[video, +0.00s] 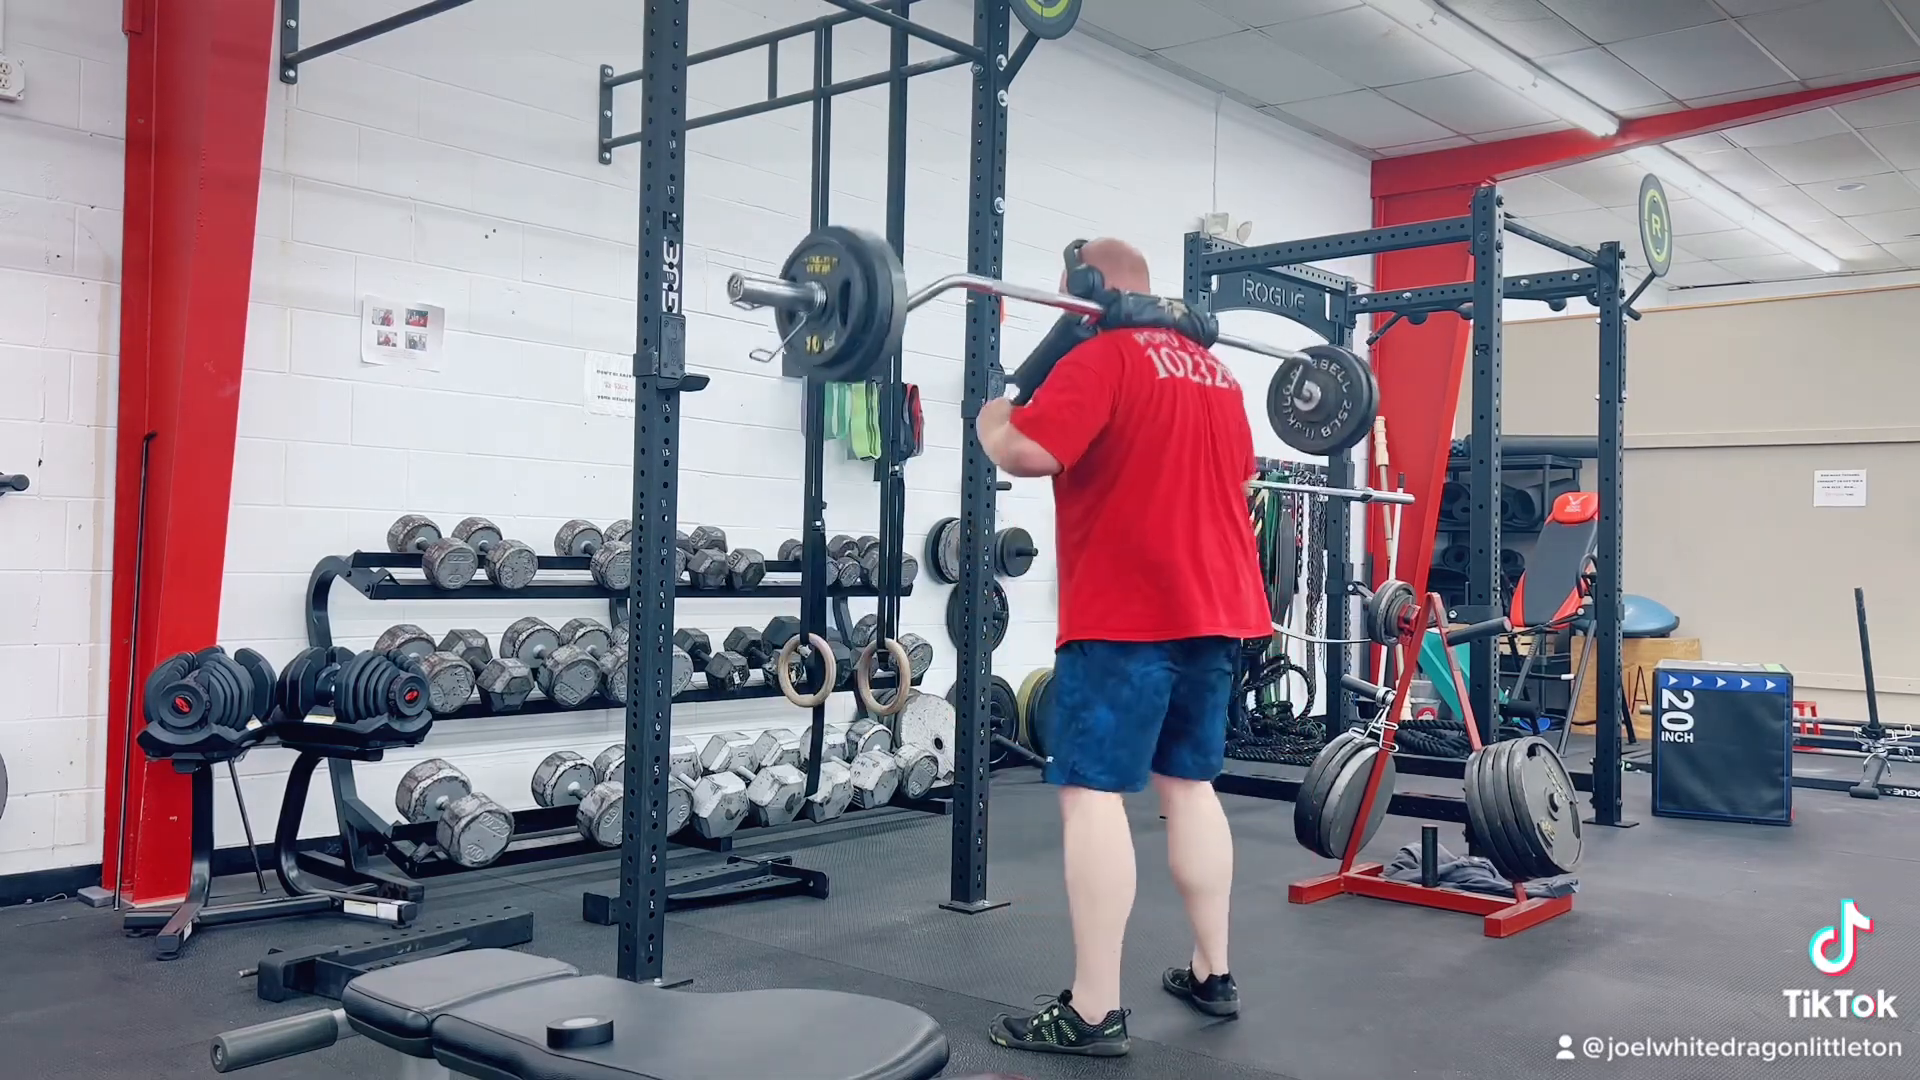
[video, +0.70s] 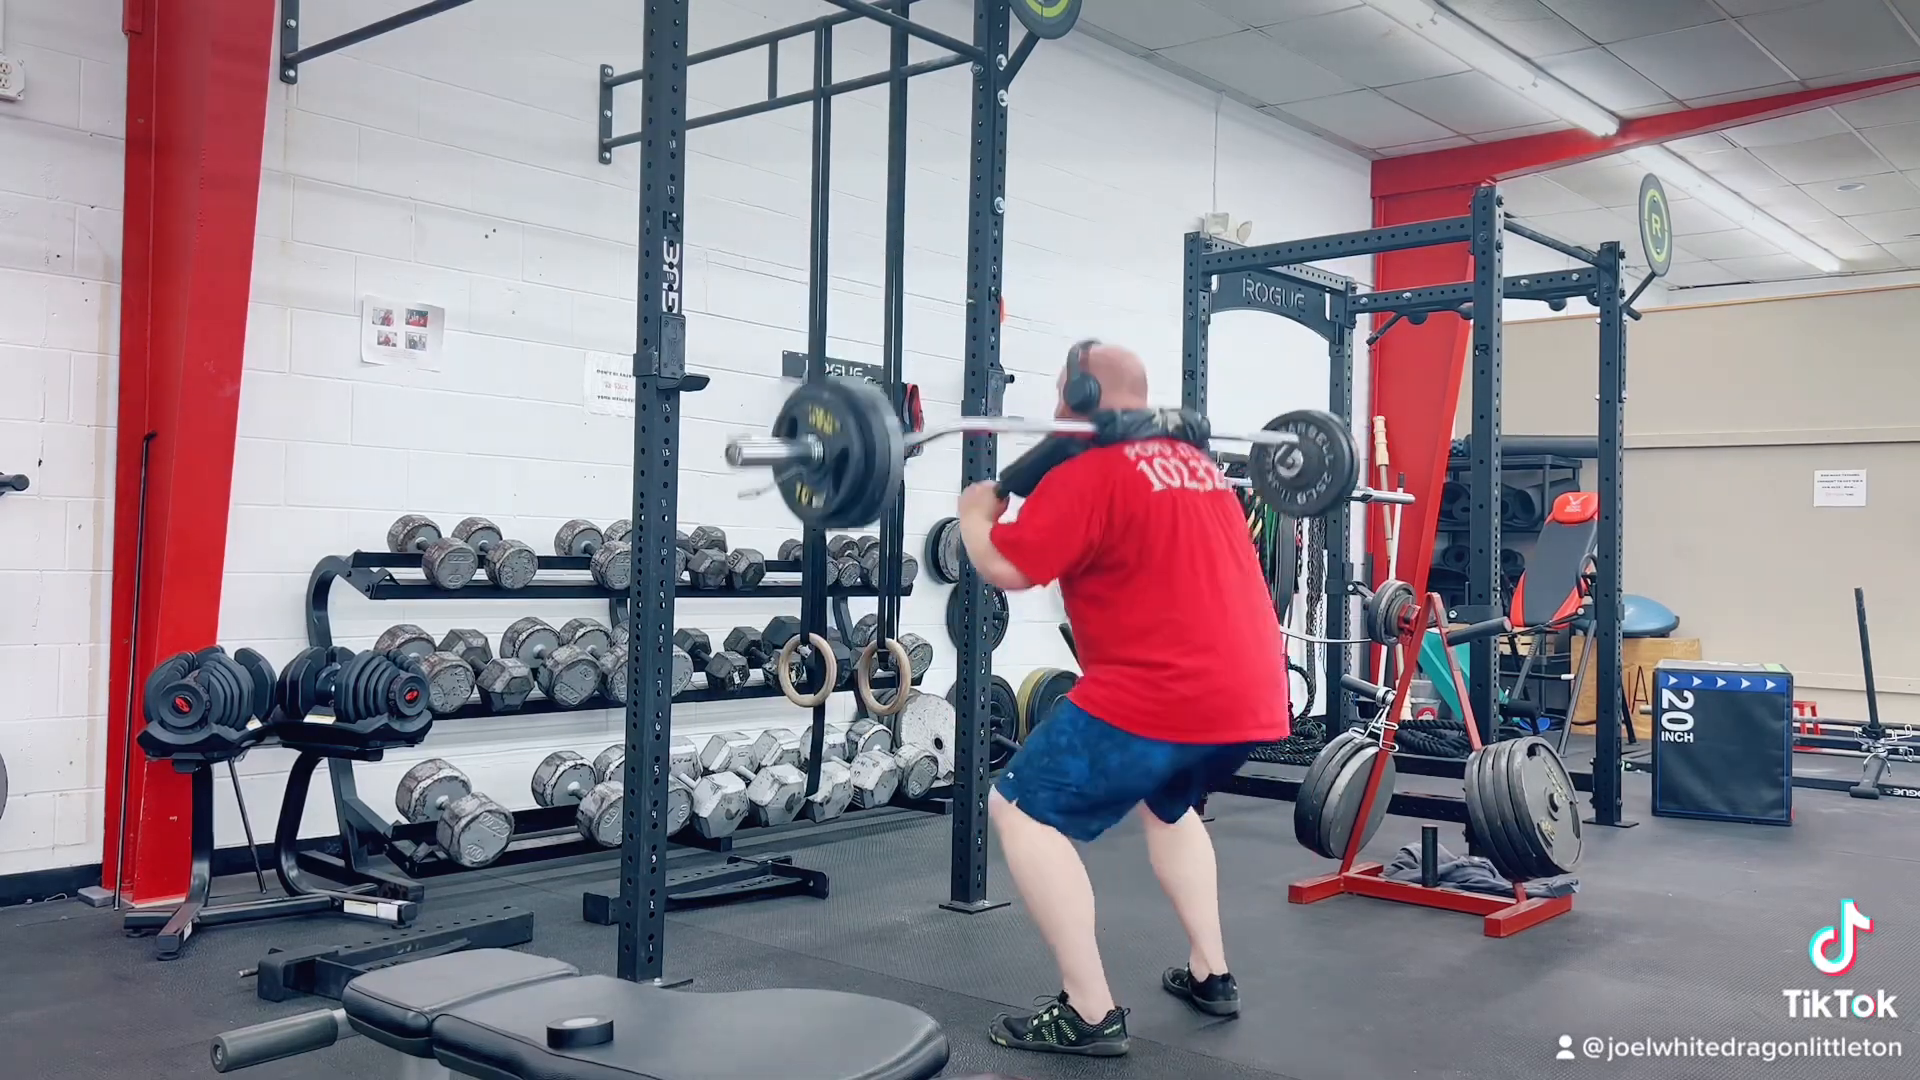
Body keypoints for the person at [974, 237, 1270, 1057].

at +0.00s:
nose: (1063, 309)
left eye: (1066, 296)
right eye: (1065, 295)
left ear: (1085, 294)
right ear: (1149, 290)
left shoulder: (1101, 357)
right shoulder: (1216, 371)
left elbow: (1029, 453)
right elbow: (1242, 479)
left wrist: (993, 421)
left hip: (1123, 607)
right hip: (1222, 606)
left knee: (1091, 790)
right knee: (1189, 783)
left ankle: (1094, 1008)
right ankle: (1214, 974)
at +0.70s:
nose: (1056, 409)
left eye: (1060, 397)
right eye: (1059, 396)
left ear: (1076, 404)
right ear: (1143, 401)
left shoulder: (1094, 471)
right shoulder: (1196, 462)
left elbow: (1005, 566)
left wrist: (974, 511)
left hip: (1153, 694)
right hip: (1253, 694)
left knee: (1021, 807)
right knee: (1168, 802)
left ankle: (1090, 1008)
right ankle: (1212, 973)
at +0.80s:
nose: (1049, 481)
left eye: (1052, 471)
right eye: (1056, 471)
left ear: (1062, 478)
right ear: (1137, 474)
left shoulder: (1085, 548)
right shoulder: (1188, 531)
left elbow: (993, 645)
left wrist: (962, 580)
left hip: (1171, 760)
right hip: (1265, 758)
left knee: (1003, 812)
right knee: (1167, 814)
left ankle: (1089, 1010)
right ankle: (1210, 974)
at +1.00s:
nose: (1048, 607)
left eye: (1049, 596)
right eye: (1048, 597)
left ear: (1063, 599)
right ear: (1127, 585)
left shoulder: (1085, 661)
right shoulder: (1184, 636)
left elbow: (981, 751)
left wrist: (957, 682)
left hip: (1201, 875)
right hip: (1276, 865)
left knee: (993, 816)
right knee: (1160, 787)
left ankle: (1089, 1010)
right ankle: (1208, 974)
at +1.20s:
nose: (1048, 589)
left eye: (1049, 579)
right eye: (1048, 580)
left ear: (1066, 582)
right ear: (1127, 569)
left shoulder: (1089, 643)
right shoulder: (1185, 619)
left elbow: (987, 737)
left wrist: (960, 675)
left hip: (1192, 849)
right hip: (1274, 844)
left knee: (991, 817)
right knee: (1148, 785)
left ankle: (1088, 1010)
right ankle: (1208, 974)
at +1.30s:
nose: (1043, 518)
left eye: (1044, 508)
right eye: (1045, 509)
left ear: (1058, 509)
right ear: (1128, 501)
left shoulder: (1085, 566)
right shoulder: (1192, 552)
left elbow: (993, 665)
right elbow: (1258, 641)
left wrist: (961, 609)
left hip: (1170, 769)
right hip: (1271, 764)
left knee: (995, 812)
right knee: (1173, 814)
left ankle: (1088, 1008)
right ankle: (1208, 974)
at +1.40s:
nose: (1049, 445)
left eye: (1051, 434)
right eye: (1052, 434)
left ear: (1066, 435)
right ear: (1137, 428)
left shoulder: (1091, 491)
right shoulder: (1199, 484)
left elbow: (1001, 588)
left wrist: (970, 539)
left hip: (1156, 702)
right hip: (1257, 701)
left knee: (1008, 806)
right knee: (1172, 802)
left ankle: (1089, 1008)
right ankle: (1209, 974)